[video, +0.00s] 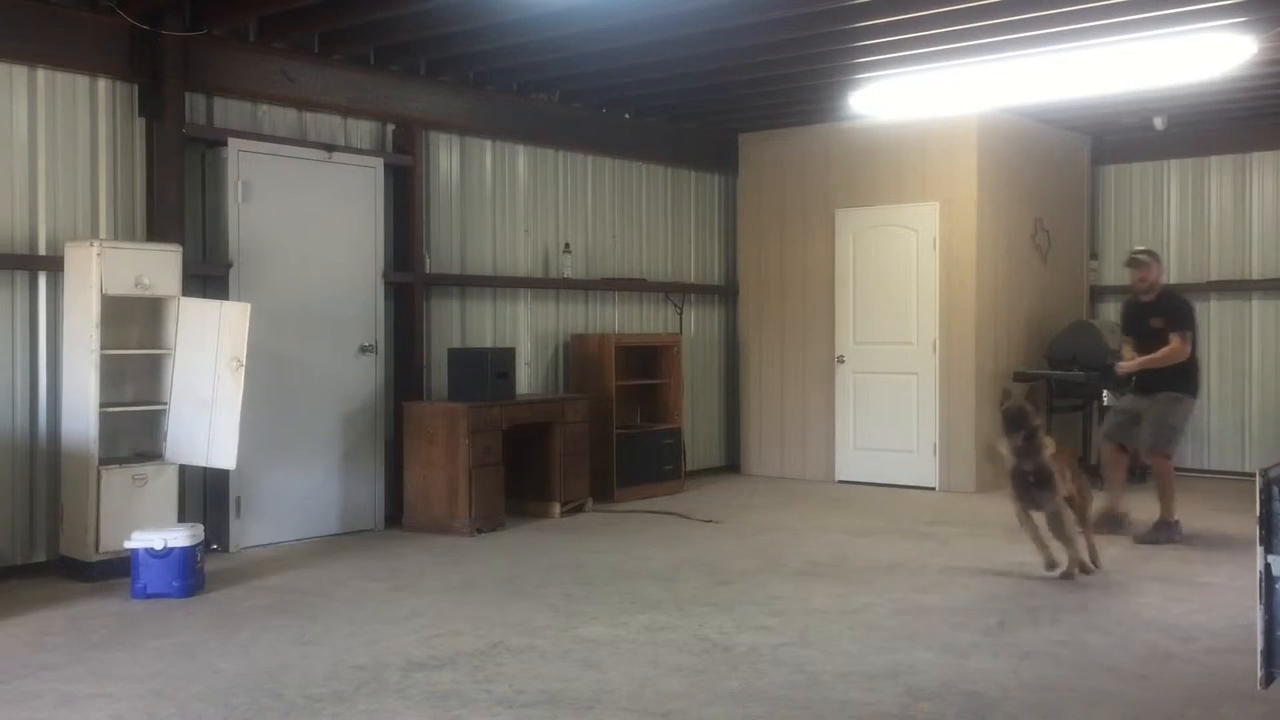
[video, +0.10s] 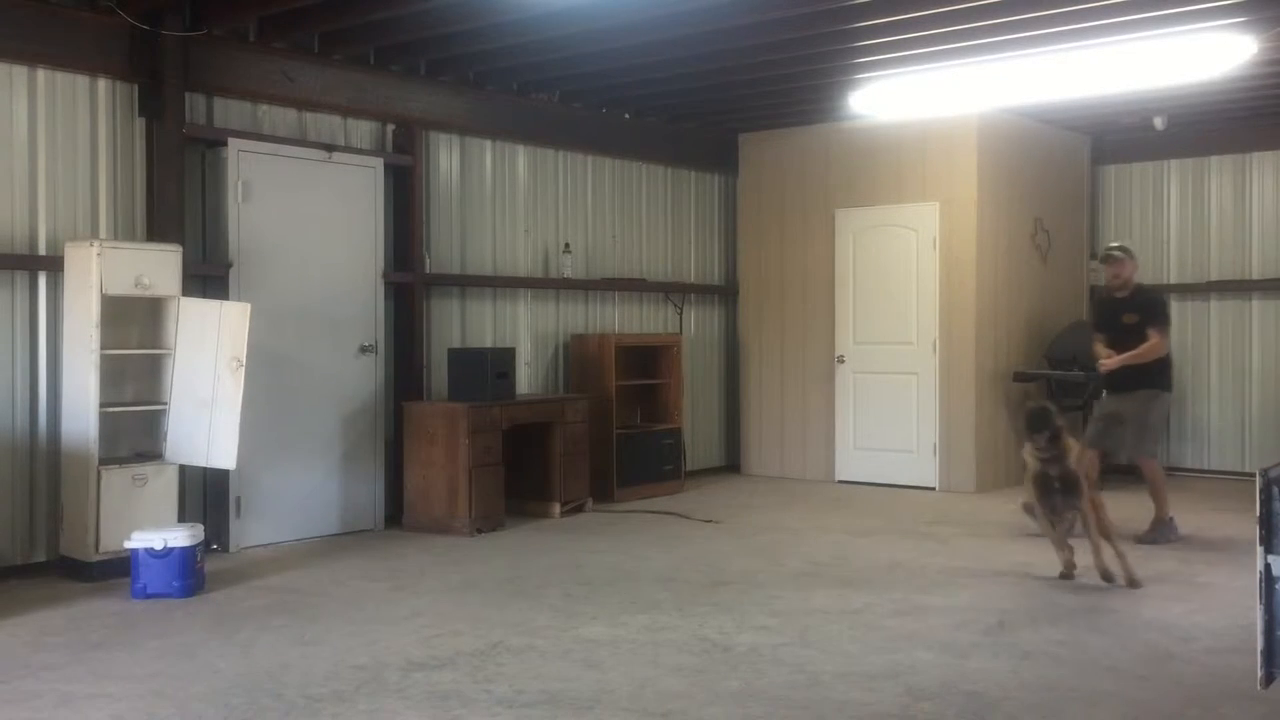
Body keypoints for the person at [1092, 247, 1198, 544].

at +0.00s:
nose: (1139, 274)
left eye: (1144, 268)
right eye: (1134, 269)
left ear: (1159, 270)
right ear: (1130, 273)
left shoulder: (1175, 303)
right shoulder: (1131, 307)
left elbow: (1181, 350)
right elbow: (1129, 347)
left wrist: (1133, 364)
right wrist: (1125, 365)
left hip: (1174, 391)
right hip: (1140, 389)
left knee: (1157, 451)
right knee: (1111, 442)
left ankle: (1167, 521)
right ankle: (1114, 513)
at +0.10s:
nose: (1114, 270)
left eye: (1120, 264)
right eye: (1109, 265)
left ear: (1134, 266)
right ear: (1103, 270)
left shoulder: (1151, 299)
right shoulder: (1103, 303)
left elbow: (1159, 345)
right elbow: (1098, 344)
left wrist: (1119, 361)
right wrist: (1107, 355)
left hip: (1150, 389)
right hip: (1116, 389)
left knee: (1144, 454)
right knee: (1090, 451)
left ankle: (1163, 520)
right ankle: (1085, 515)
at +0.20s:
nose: (1091, 273)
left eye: (1097, 266)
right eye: (1086, 267)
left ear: (1110, 269)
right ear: (1080, 272)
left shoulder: (1128, 304)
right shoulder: (1077, 308)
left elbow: (1140, 348)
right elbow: (1069, 347)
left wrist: (1101, 363)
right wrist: (1084, 358)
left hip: (1122, 393)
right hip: (1088, 392)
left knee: (1121, 455)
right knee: (1067, 451)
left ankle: (1152, 510)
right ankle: (1055, 515)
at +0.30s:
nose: (1071, 276)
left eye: (1078, 270)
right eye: (1066, 271)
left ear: (1093, 273)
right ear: (1061, 276)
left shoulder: (1108, 307)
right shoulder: (1056, 310)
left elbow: (1123, 351)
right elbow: (1042, 349)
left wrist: (1085, 370)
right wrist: (1062, 367)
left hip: (1103, 391)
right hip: (1064, 391)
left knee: (1084, 448)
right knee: (1034, 445)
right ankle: (1050, 517)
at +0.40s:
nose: (1058, 275)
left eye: (1064, 268)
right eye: (1053, 269)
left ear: (1076, 271)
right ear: (1046, 274)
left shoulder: (1093, 308)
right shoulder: (1039, 309)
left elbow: (1107, 353)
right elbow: (1028, 348)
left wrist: (1069, 372)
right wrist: (1037, 371)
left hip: (1086, 389)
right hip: (1052, 389)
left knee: (1067, 434)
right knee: (1029, 447)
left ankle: (1086, 511)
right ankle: (1050, 517)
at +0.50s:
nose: (1047, 275)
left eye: (1053, 269)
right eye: (1041, 269)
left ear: (1064, 271)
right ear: (1035, 273)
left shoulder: (1080, 305)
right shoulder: (1029, 304)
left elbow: (1095, 353)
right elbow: (1019, 342)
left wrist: (1049, 373)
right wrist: (1022, 374)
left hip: (1074, 392)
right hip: (1041, 391)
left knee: (1062, 454)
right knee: (1028, 456)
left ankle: (1075, 517)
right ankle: (1049, 517)